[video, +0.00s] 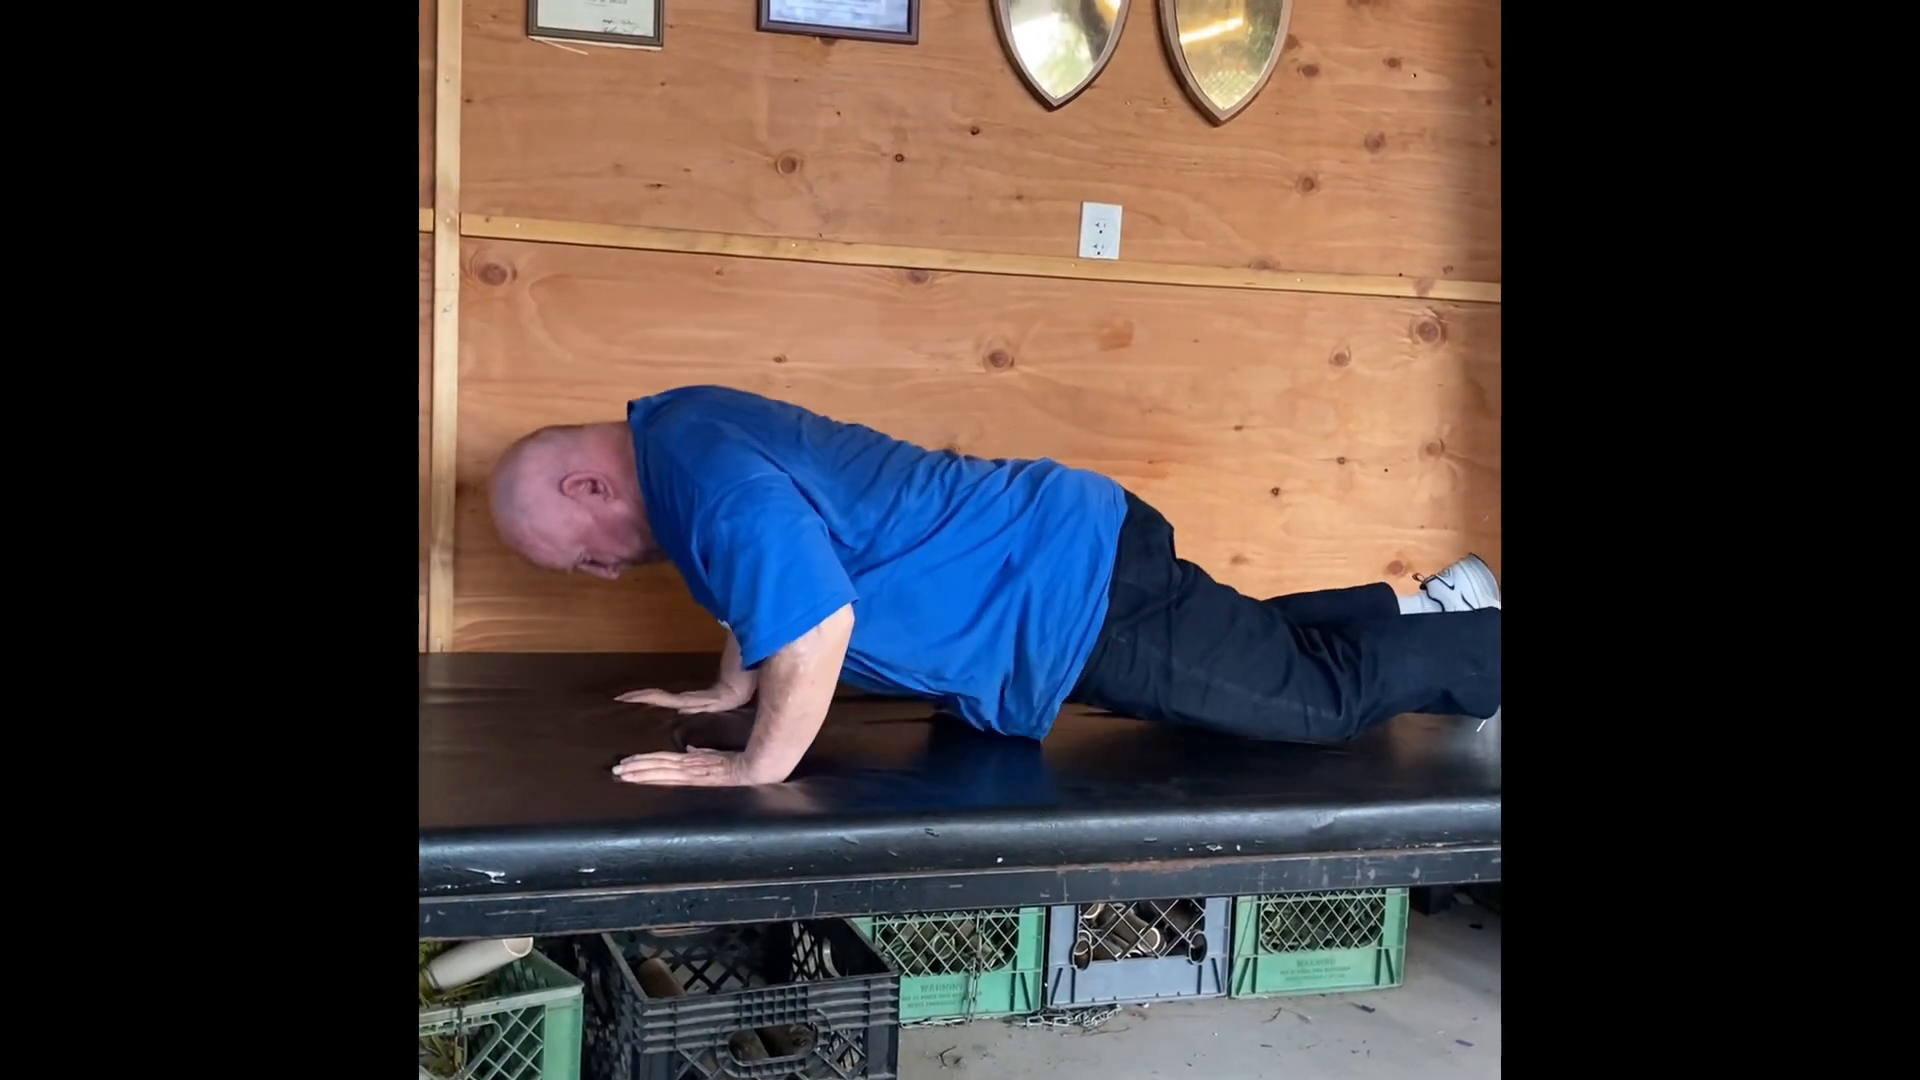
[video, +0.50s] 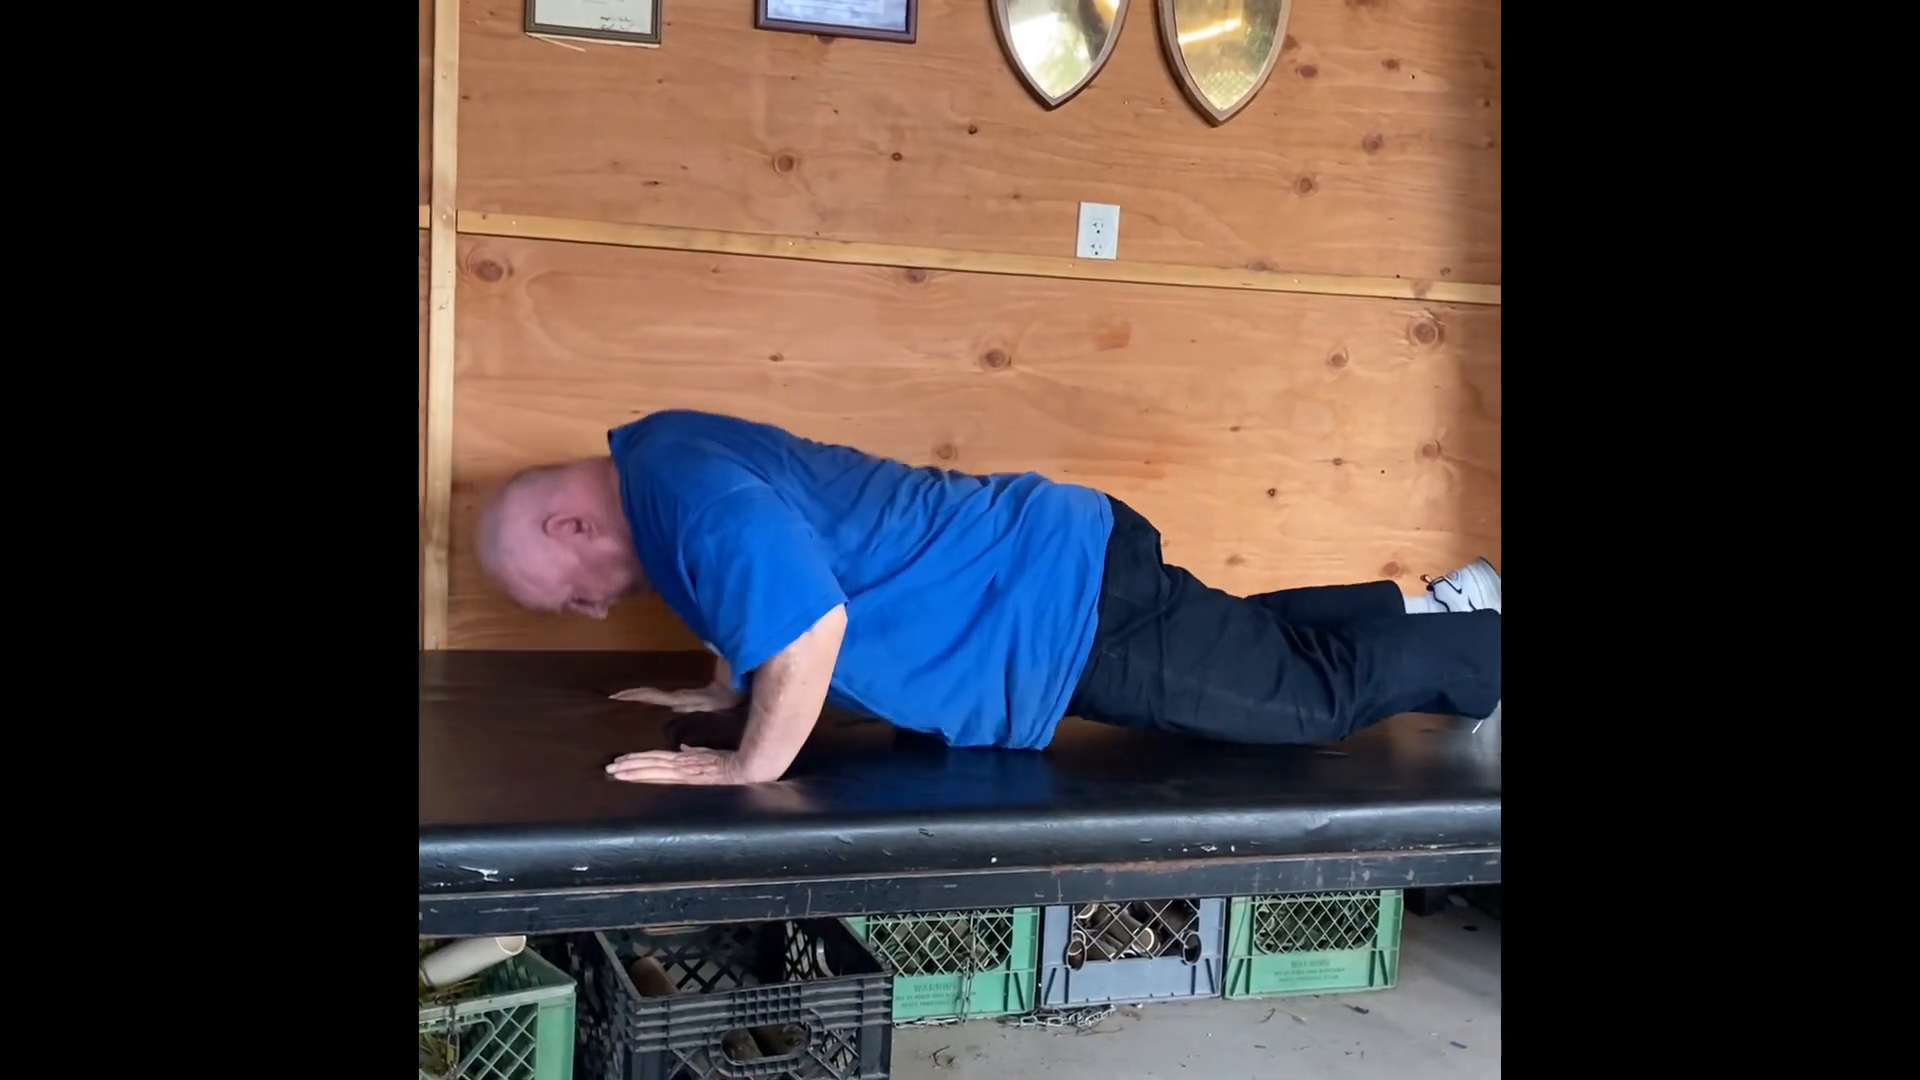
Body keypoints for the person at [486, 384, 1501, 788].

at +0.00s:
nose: (606, 552)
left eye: (584, 538)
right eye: (580, 551)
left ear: (581, 480)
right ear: (580, 479)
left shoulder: (711, 474)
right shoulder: (680, 441)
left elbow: (816, 616)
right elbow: (774, 591)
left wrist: (761, 768)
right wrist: (738, 705)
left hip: (1079, 587)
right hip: (1056, 567)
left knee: (1313, 693)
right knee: (1282, 653)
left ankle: (1483, 648)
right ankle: (1452, 607)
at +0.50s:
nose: (597, 599)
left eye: (571, 591)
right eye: (574, 597)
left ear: (569, 531)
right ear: (564, 500)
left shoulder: (686, 499)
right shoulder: (658, 463)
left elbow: (804, 618)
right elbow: (764, 592)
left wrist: (749, 766)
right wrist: (732, 690)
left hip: (1068, 608)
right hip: (1049, 571)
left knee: (1307, 695)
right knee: (1276, 649)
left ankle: (1486, 653)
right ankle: (1460, 612)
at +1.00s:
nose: (591, 622)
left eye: (568, 613)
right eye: (570, 619)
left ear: (566, 557)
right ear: (559, 528)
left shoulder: (683, 518)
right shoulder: (641, 487)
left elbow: (807, 633)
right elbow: (780, 599)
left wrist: (740, 771)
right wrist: (722, 693)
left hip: (1060, 607)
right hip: (1033, 586)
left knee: (1306, 687)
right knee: (1262, 654)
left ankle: (1479, 648)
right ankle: (1435, 612)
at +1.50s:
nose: (598, 541)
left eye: (575, 525)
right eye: (572, 531)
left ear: (581, 469)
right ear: (578, 441)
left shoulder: (710, 451)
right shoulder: (674, 431)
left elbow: (785, 605)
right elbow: (744, 591)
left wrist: (737, 759)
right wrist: (716, 708)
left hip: (1074, 568)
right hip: (1049, 567)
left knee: (1313, 674)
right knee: (1287, 628)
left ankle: (1485, 648)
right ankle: (1468, 606)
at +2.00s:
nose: (561, 644)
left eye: (541, 634)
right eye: (542, 642)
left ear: (543, 574)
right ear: (539, 560)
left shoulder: (661, 534)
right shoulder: (611, 513)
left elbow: (781, 636)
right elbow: (716, 635)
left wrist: (714, 772)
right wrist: (663, 690)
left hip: (1041, 634)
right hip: (1014, 615)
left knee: (1277, 726)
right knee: (1221, 666)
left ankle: (1463, 668)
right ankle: (1409, 626)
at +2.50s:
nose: (573, 511)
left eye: (556, 491)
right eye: (551, 502)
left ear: (571, 431)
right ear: (569, 415)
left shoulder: (695, 437)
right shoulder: (664, 412)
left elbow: (747, 613)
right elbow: (717, 592)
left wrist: (704, 770)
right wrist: (681, 705)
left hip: (1050, 583)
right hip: (1030, 557)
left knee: (1274, 696)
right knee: (1217, 638)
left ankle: (1462, 662)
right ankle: (1406, 618)